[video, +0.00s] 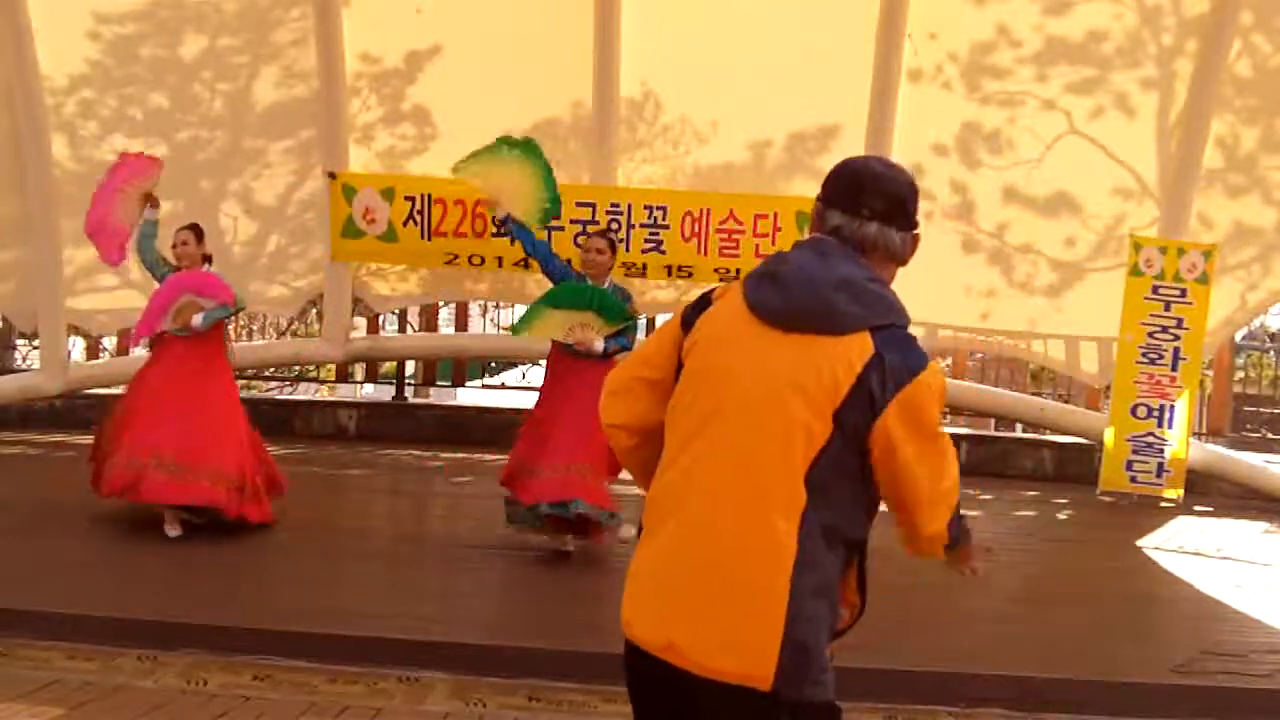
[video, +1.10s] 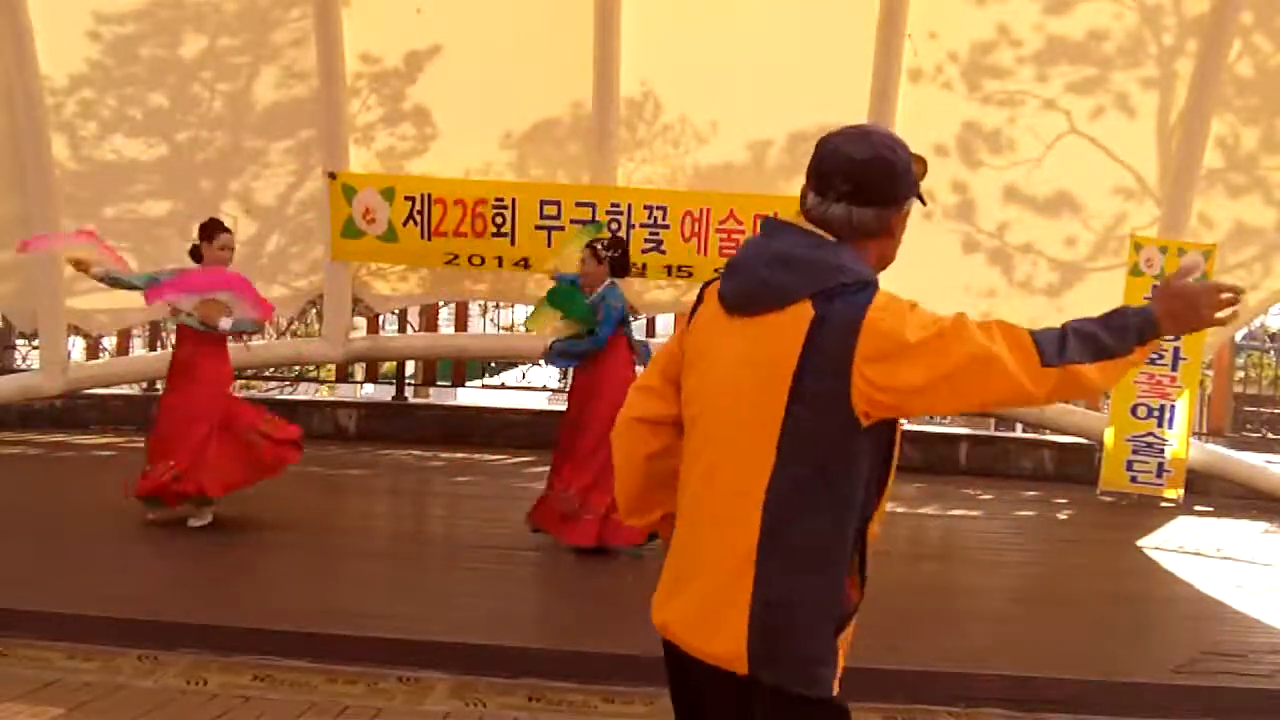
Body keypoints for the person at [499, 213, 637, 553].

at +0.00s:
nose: (592, 257)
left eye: (600, 252)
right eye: (587, 250)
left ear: (612, 259)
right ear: (581, 254)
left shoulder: (620, 297)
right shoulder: (568, 279)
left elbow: (628, 339)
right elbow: (539, 252)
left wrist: (601, 346)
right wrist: (504, 217)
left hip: (598, 371)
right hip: (563, 367)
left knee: (590, 435)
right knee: (558, 432)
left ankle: (584, 509)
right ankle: (555, 510)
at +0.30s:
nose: (613, 265)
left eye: (618, 261)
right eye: (607, 259)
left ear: (623, 266)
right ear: (592, 261)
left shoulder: (629, 306)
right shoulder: (582, 292)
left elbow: (649, 339)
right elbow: (549, 273)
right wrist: (510, 257)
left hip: (617, 383)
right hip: (582, 379)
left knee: (611, 445)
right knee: (577, 442)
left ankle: (608, 518)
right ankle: (567, 519)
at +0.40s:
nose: (627, 267)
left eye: (628, 261)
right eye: (619, 260)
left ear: (628, 267)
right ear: (599, 262)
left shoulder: (633, 301)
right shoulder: (593, 292)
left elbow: (652, 339)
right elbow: (567, 276)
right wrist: (536, 263)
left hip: (624, 382)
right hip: (593, 380)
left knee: (616, 448)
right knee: (587, 447)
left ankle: (610, 526)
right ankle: (574, 525)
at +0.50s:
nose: (633, 266)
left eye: (632, 260)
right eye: (627, 260)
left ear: (614, 262)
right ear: (607, 262)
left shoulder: (624, 300)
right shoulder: (603, 289)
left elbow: (635, 340)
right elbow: (594, 278)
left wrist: (644, 319)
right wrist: (578, 268)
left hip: (621, 386)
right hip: (599, 387)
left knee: (613, 452)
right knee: (595, 453)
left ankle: (608, 527)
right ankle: (589, 528)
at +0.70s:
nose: (625, 268)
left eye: (622, 262)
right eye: (621, 262)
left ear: (591, 266)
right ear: (611, 263)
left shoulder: (580, 299)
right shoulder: (614, 291)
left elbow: (572, 328)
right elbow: (650, 285)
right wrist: (692, 275)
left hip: (576, 380)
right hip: (604, 382)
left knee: (573, 452)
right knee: (599, 452)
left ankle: (559, 522)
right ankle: (597, 528)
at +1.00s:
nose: (573, 264)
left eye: (578, 260)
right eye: (575, 259)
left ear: (593, 263)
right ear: (606, 263)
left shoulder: (588, 296)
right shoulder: (617, 289)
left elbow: (571, 341)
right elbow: (638, 276)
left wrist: (553, 346)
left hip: (599, 376)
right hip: (626, 372)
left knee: (590, 447)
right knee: (615, 445)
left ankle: (592, 526)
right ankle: (616, 525)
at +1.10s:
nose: (581, 267)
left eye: (587, 262)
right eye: (582, 261)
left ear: (605, 267)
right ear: (593, 264)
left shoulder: (612, 296)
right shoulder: (589, 291)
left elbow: (597, 340)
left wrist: (554, 349)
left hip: (612, 378)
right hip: (591, 375)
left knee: (594, 447)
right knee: (585, 446)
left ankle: (597, 527)